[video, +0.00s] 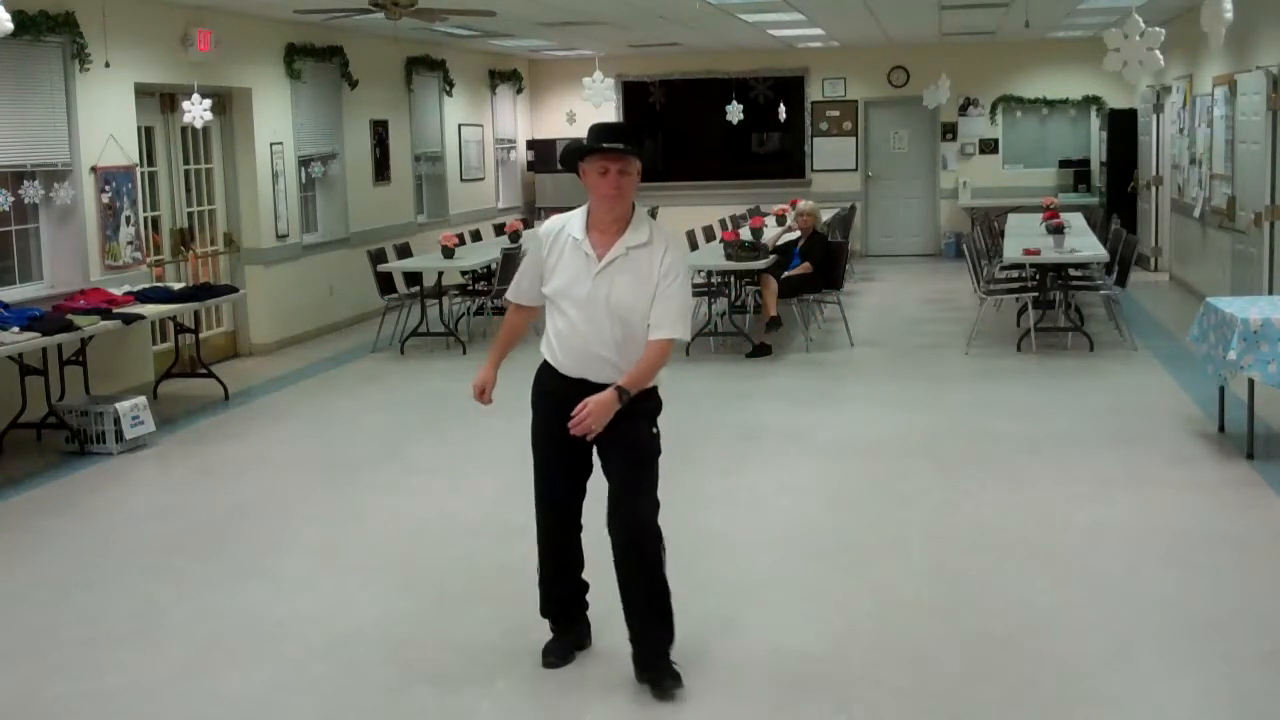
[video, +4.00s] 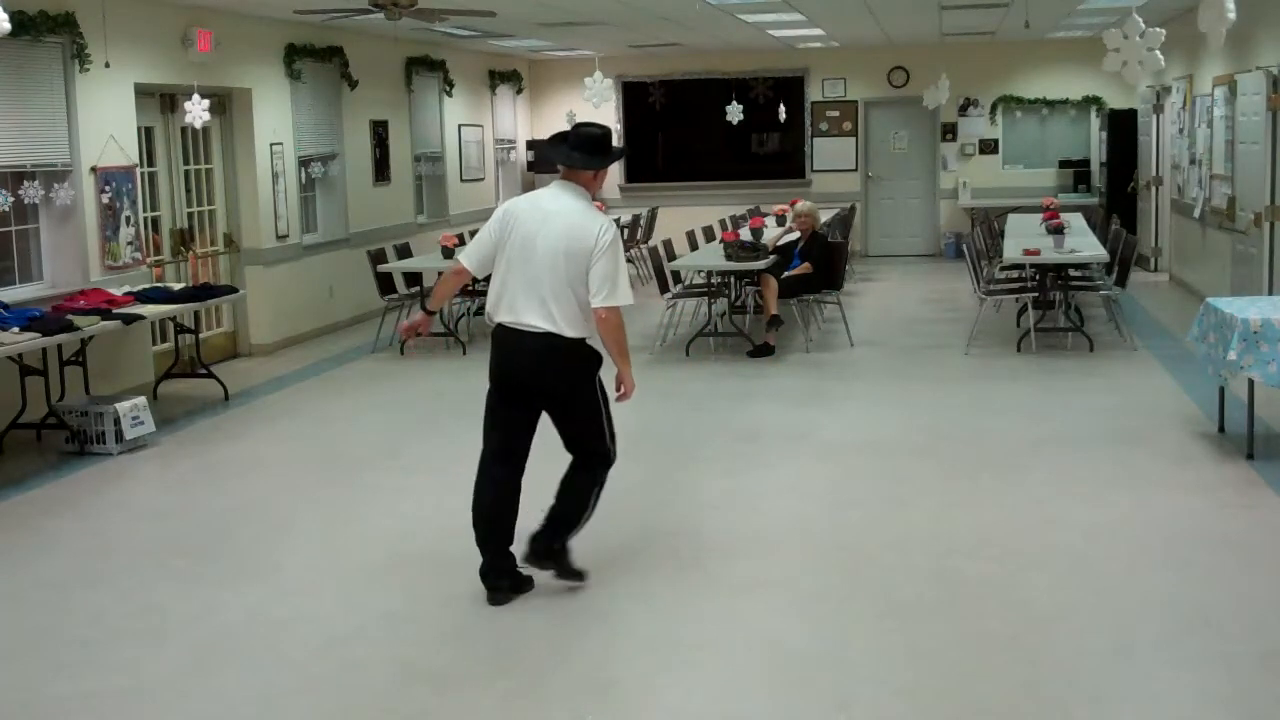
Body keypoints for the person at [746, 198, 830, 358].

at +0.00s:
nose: (804, 218)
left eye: (808, 215)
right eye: (801, 215)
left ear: (815, 219)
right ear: (796, 220)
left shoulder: (820, 239)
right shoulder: (796, 241)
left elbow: (809, 267)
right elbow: (767, 249)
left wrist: (785, 276)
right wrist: (784, 230)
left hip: (809, 278)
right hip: (789, 274)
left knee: (767, 291)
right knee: (765, 275)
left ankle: (763, 344)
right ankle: (773, 316)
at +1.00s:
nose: (804, 218)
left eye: (808, 214)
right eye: (800, 215)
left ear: (815, 219)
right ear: (796, 219)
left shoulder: (820, 239)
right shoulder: (795, 243)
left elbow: (809, 267)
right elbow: (766, 250)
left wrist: (785, 275)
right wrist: (783, 231)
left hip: (810, 279)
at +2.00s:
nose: (804, 219)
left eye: (808, 216)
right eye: (800, 216)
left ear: (815, 219)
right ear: (795, 219)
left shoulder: (820, 239)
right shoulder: (795, 242)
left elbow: (810, 266)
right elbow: (768, 249)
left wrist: (787, 274)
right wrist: (784, 231)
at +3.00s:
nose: (802, 219)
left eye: (806, 216)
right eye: (799, 216)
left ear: (814, 219)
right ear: (794, 220)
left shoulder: (820, 240)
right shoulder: (796, 242)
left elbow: (809, 267)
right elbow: (767, 250)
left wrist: (784, 277)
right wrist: (785, 231)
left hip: (810, 278)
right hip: (792, 276)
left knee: (766, 291)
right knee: (766, 276)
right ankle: (773, 316)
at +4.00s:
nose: (802, 220)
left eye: (806, 216)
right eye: (798, 217)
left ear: (814, 219)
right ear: (795, 221)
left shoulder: (820, 240)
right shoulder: (796, 242)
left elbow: (809, 267)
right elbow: (767, 249)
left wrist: (785, 276)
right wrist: (785, 230)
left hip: (809, 279)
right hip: (790, 275)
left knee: (769, 291)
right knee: (765, 275)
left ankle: (769, 343)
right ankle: (773, 315)